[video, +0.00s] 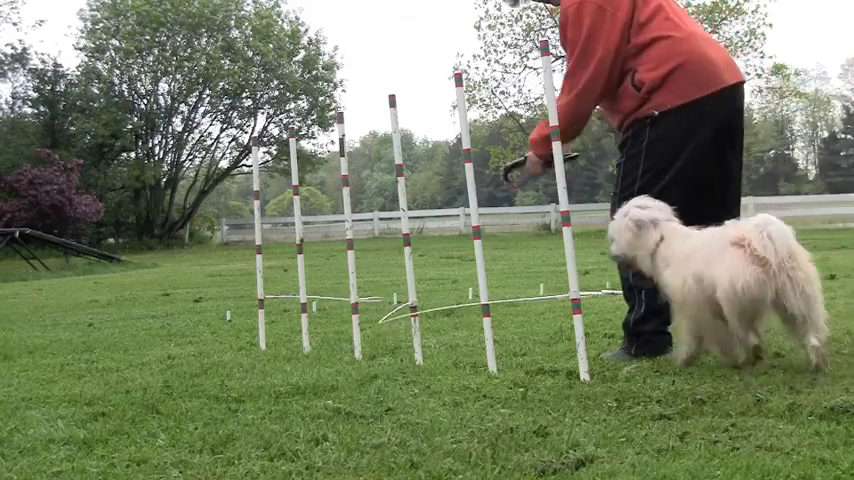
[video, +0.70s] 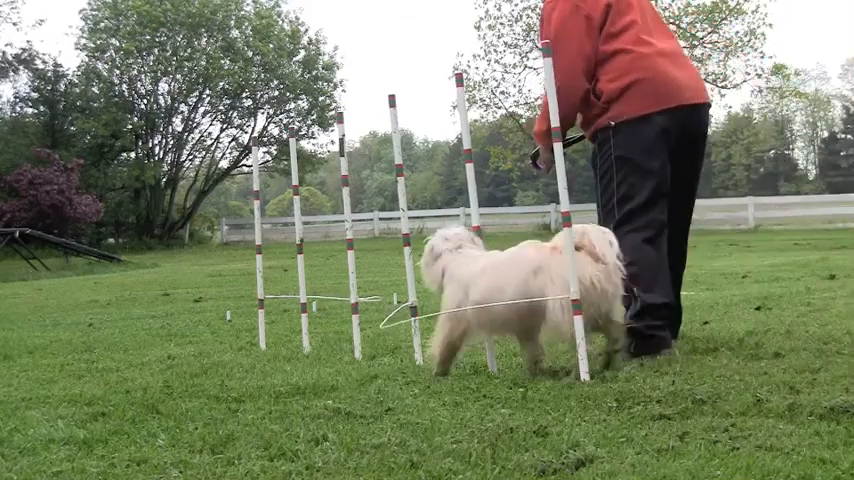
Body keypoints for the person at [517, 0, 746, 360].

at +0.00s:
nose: (551, 8)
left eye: (554, 7)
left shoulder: (586, 5)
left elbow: (587, 79)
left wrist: (541, 148)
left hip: (669, 93)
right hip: (721, 80)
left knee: (634, 221)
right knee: (710, 220)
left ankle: (645, 339)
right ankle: (724, 330)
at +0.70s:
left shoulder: (567, 4)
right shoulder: (631, 6)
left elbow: (567, 78)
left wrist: (546, 136)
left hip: (633, 105)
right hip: (690, 99)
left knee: (632, 226)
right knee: (671, 224)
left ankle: (648, 338)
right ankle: (663, 328)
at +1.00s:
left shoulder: (567, 4)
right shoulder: (637, 5)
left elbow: (565, 76)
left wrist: (546, 124)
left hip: (612, 116)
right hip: (673, 107)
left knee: (579, 227)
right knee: (665, 221)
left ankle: (616, 316)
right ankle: (665, 321)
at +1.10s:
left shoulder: (559, 6)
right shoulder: (630, 5)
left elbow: (552, 77)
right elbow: (640, 60)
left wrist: (536, 125)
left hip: (596, 116)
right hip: (660, 108)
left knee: (576, 225)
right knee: (660, 221)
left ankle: (575, 325)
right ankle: (663, 323)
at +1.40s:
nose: (501, 10)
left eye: (500, 3)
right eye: (498, 5)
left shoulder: (517, 29)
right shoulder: (591, 19)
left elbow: (507, 101)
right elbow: (614, 74)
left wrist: (494, 146)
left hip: (547, 146)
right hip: (611, 140)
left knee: (537, 240)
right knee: (609, 234)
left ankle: (539, 329)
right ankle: (635, 294)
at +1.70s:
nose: (480, 16)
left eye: (478, 9)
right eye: (476, 11)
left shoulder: (496, 28)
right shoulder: (567, 19)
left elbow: (488, 98)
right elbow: (593, 79)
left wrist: (480, 145)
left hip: (531, 137)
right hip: (591, 133)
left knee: (525, 235)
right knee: (570, 228)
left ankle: (539, 332)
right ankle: (582, 321)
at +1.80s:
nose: (478, 20)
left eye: (476, 12)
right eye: (474, 14)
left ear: (489, 1)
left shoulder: (496, 29)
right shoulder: (563, 22)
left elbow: (488, 99)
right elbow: (586, 78)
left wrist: (478, 147)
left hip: (533, 137)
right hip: (590, 132)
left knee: (523, 235)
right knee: (572, 229)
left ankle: (539, 331)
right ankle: (572, 319)